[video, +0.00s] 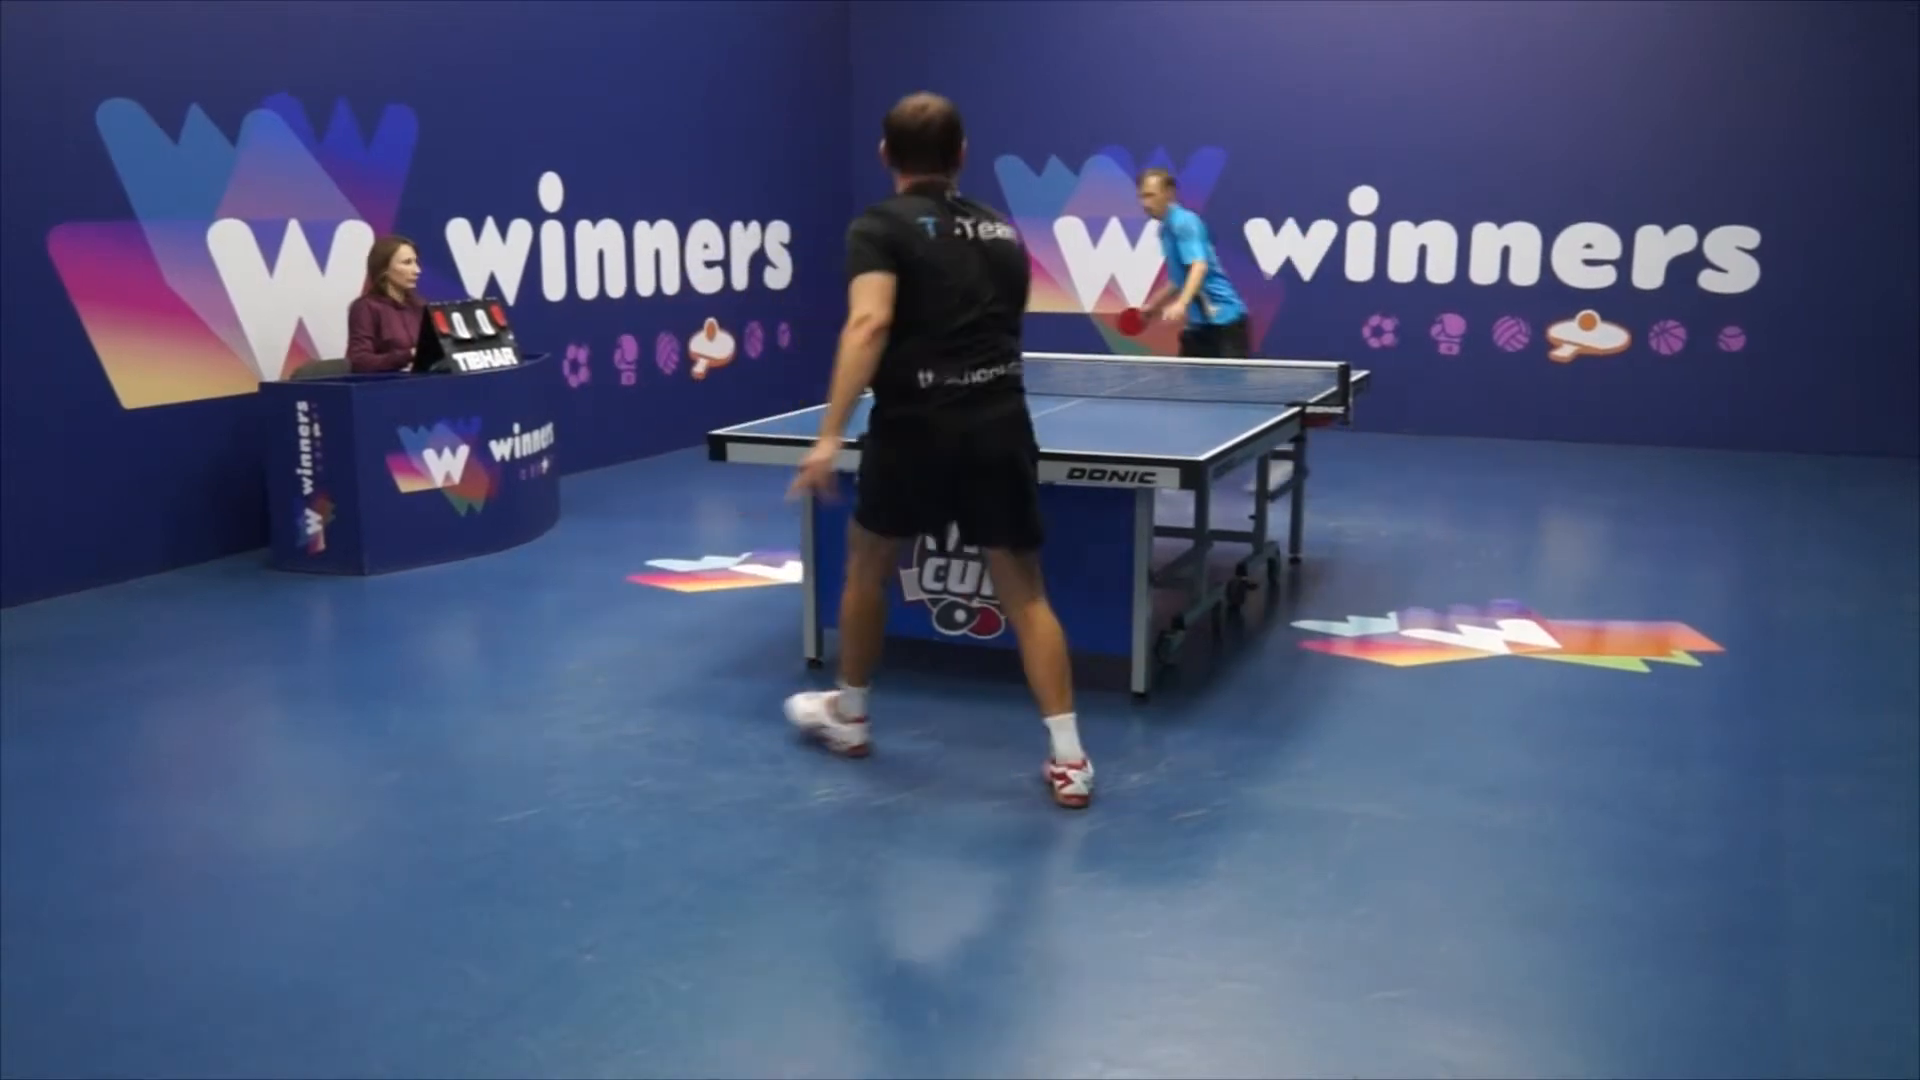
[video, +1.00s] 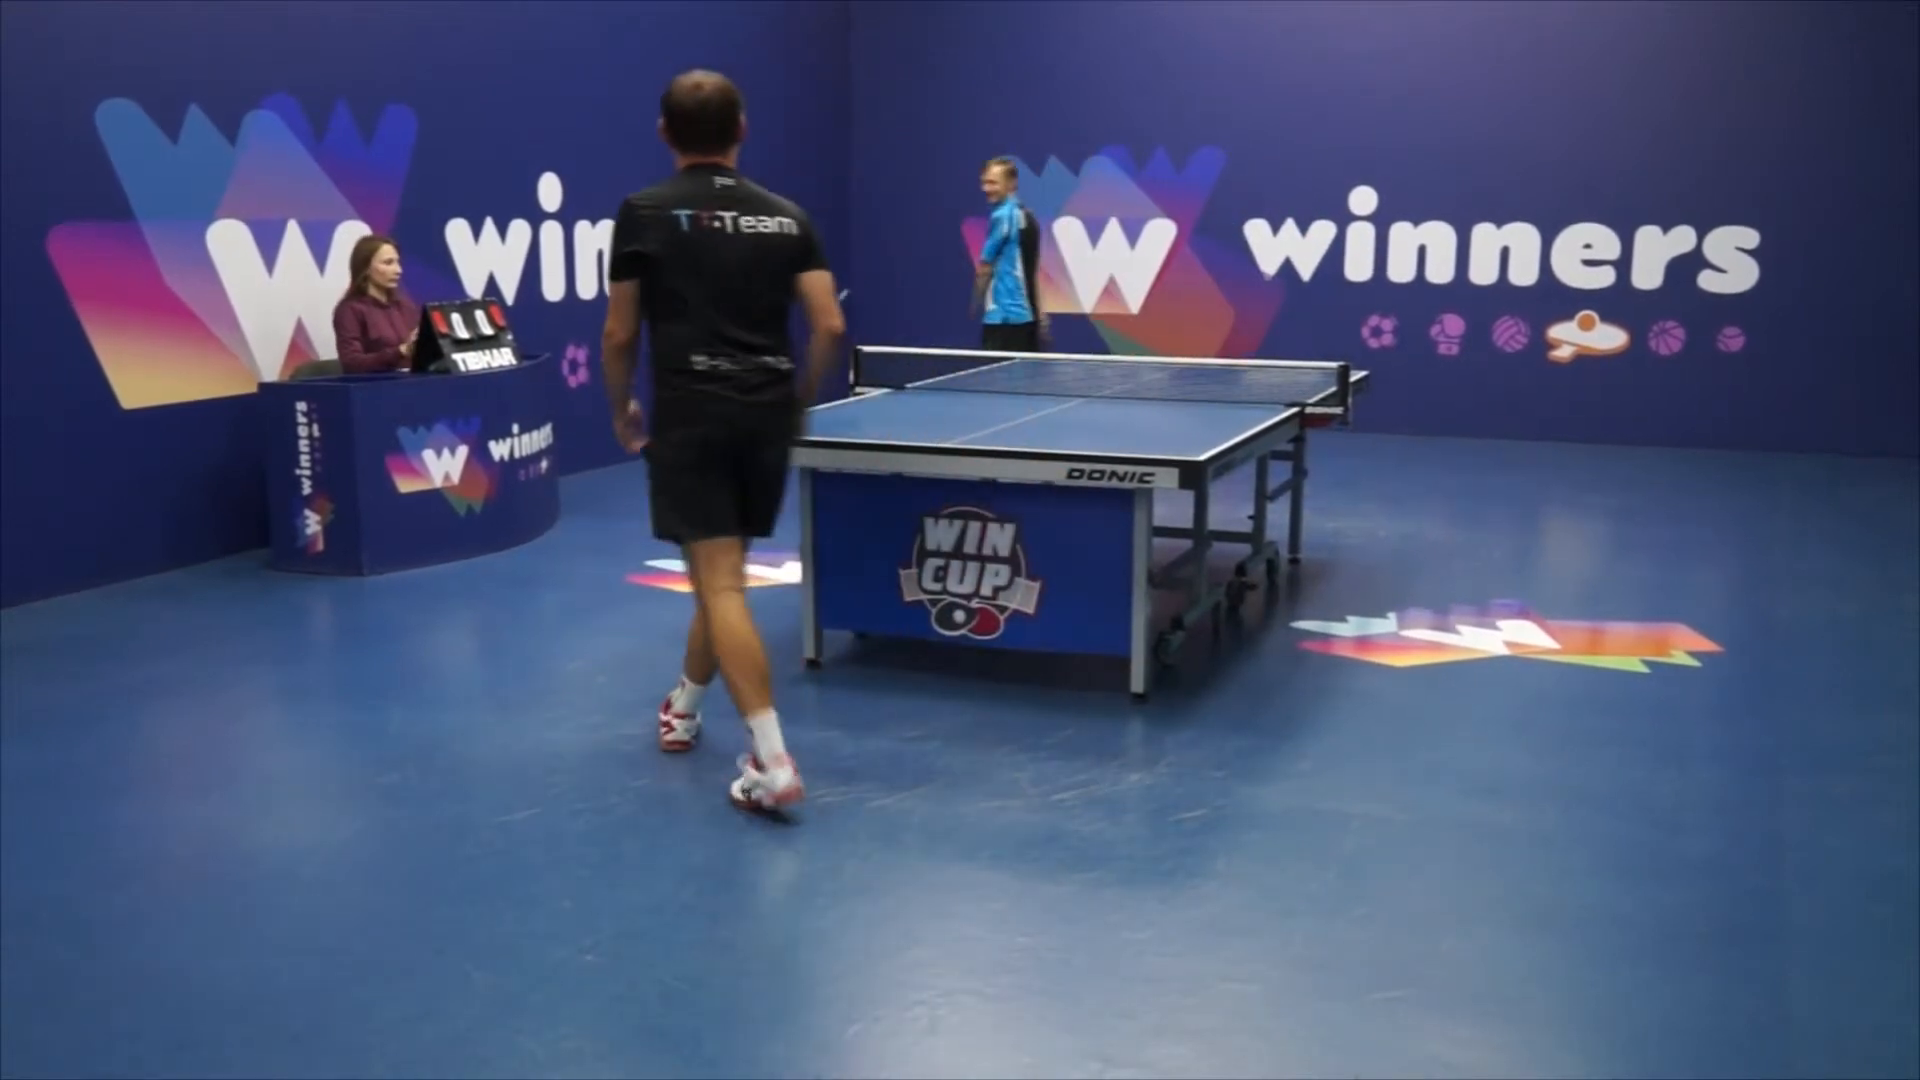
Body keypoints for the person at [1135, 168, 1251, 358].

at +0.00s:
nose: (1145, 203)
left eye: (1150, 196)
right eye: (1142, 197)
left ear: (1169, 194)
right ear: (1139, 197)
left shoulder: (1184, 222)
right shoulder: (1166, 229)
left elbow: (1199, 266)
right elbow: (1177, 281)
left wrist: (1180, 305)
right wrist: (1151, 309)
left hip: (1226, 320)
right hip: (1198, 322)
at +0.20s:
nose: (1115, 190)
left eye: (1122, 184)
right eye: (1113, 183)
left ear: (1140, 186)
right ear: (1110, 182)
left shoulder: (1146, 211)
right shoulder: (1130, 215)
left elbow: (1165, 248)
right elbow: (1142, 272)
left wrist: (1173, 277)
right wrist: (1121, 300)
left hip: (1172, 316)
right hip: (1153, 318)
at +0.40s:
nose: (1087, 189)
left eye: (1095, 185)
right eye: (1086, 183)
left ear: (1111, 190)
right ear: (1083, 182)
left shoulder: (1110, 221)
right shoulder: (1099, 219)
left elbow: (1107, 277)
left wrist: (1085, 317)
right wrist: (1085, 315)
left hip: (1113, 326)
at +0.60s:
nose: (1056, 185)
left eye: (1064, 180)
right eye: (1054, 179)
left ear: (1081, 182)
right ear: (1051, 179)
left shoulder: (1076, 216)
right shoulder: (1085, 212)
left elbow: (1044, 260)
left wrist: (1009, 292)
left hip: (1077, 315)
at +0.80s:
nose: (1019, 196)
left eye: (1024, 189)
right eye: (1017, 190)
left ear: (1042, 188)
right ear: (1014, 190)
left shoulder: (1035, 218)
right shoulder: (1059, 217)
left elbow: (1016, 251)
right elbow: (1070, 266)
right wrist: (1075, 309)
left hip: (1041, 318)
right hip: (1061, 316)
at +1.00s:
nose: (986, 189)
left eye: (993, 183)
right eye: (984, 182)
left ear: (1011, 184)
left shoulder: (1002, 217)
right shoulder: (1027, 216)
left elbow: (984, 268)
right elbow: (1031, 272)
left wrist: (975, 304)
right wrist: (1039, 314)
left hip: (1002, 320)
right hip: (1024, 319)